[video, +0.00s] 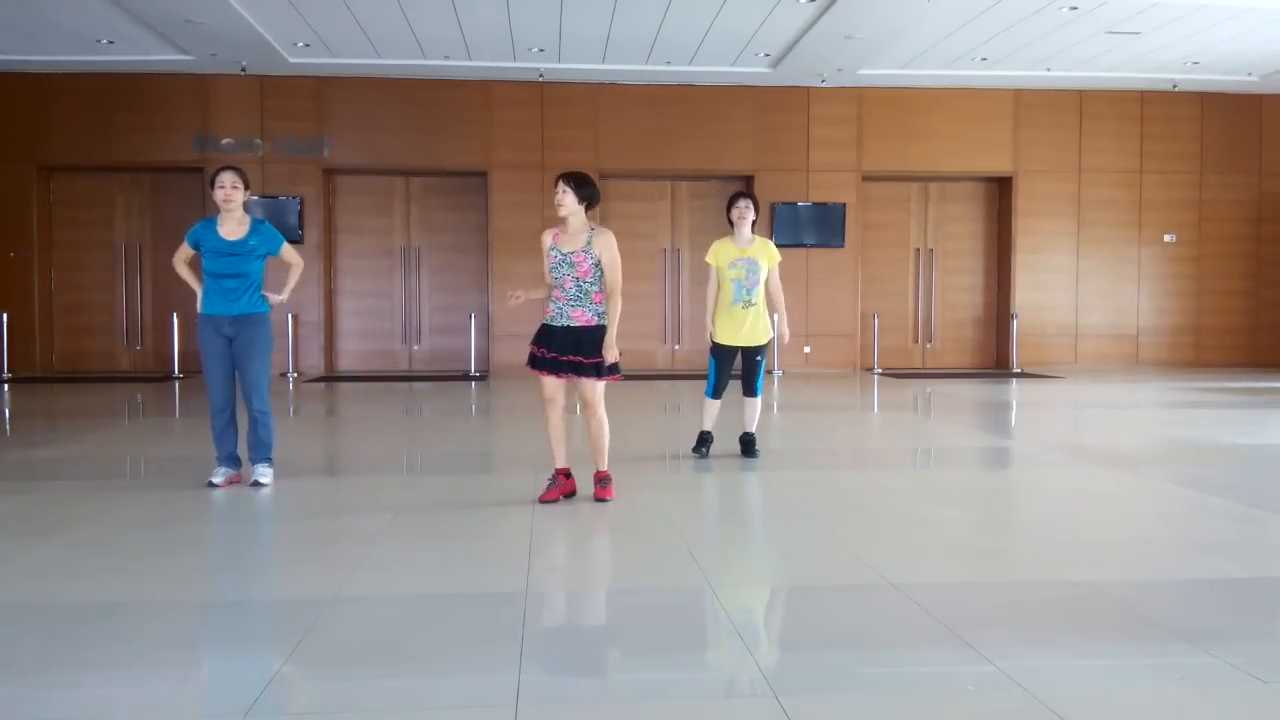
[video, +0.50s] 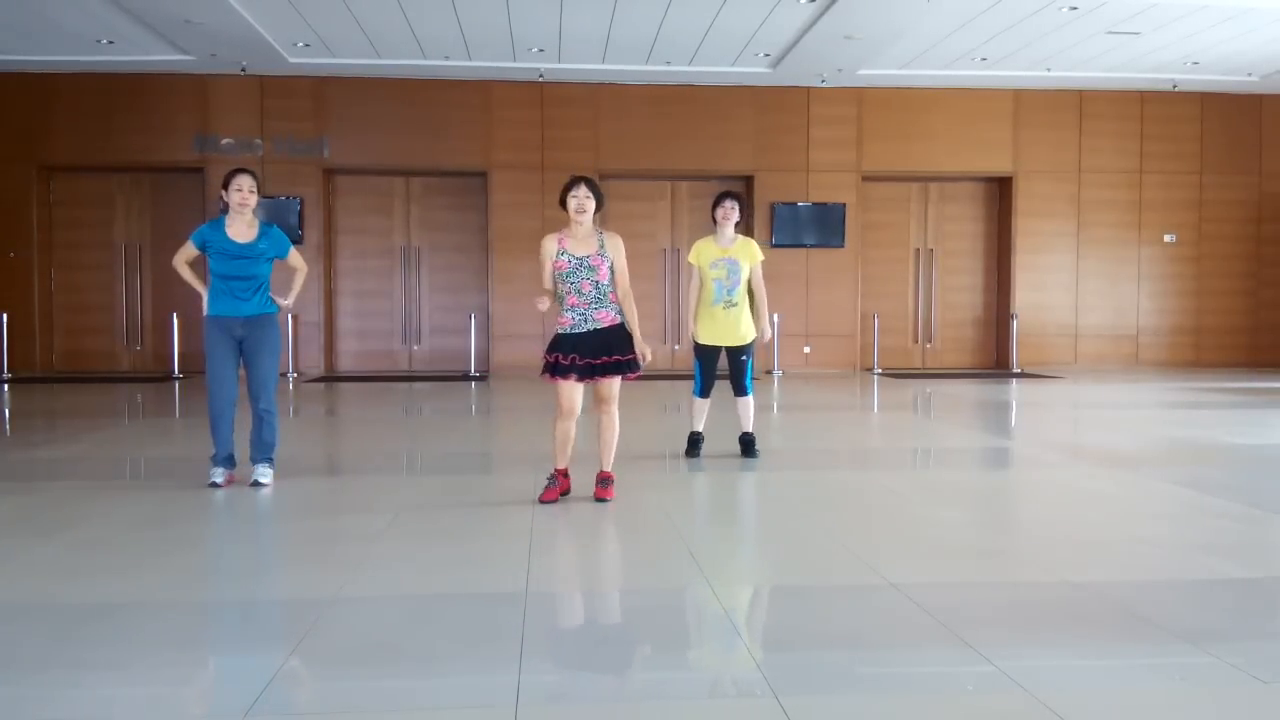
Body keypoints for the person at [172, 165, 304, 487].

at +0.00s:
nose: (227, 192)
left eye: (233, 187)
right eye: (221, 187)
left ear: (245, 193)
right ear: (213, 194)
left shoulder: (262, 230)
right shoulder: (203, 230)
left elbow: (297, 262)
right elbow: (178, 260)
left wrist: (283, 295)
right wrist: (199, 289)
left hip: (252, 321)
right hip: (212, 322)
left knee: (256, 397)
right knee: (219, 398)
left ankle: (262, 464)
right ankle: (228, 465)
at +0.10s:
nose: (231, 192)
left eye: (238, 187)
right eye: (225, 187)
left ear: (249, 194)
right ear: (216, 194)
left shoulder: (266, 232)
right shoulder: (205, 231)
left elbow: (301, 263)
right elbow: (181, 261)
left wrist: (286, 295)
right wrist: (202, 289)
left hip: (256, 322)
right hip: (215, 323)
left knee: (259, 398)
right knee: (219, 399)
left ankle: (262, 464)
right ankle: (228, 465)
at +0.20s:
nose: (235, 193)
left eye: (242, 188)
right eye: (229, 188)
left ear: (252, 195)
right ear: (220, 194)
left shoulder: (268, 233)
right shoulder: (208, 232)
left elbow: (304, 263)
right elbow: (183, 262)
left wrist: (289, 296)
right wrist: (204, 289)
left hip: (259, 322)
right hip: (218, 323)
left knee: (261, 397)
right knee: (219, 397)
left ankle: (263, 463)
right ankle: (226, 465)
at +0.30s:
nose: (238, 194)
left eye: (245, 189)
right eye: (232, 188)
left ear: (255, 196)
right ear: (222, 195)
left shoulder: (270, 234)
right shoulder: (209, 233)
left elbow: (304, 265)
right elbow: (183, 262)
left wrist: (290, 298)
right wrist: (205, 290)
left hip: (261, 322)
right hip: (219, 323)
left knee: (263, 396)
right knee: (218, 395)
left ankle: (263, 463)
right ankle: (224, 464)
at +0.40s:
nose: (242, 195)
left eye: (249, 190)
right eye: (235, 190)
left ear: (257, 197)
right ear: (224, 195)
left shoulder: (271, 235)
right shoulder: (210, 232)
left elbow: (303, 267)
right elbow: (182, 263)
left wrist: (290, 299)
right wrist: (204, 291)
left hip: (262, 322)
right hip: (220, 323)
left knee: (264, 396)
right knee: (220, 396)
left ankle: (263, 463)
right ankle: (222, 464)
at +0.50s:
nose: (245, 195)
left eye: (251, 191)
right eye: (238, 190)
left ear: (258, 197)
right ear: (225, 195)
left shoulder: (271, 234)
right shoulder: (210, 231)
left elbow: (301, 267)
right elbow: (178, 261)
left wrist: (289, 299)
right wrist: (203, 291)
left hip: (262, 322)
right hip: (219, 323)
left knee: (263, 397)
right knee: (221, 396)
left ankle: (263, 463)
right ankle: (222, 464)